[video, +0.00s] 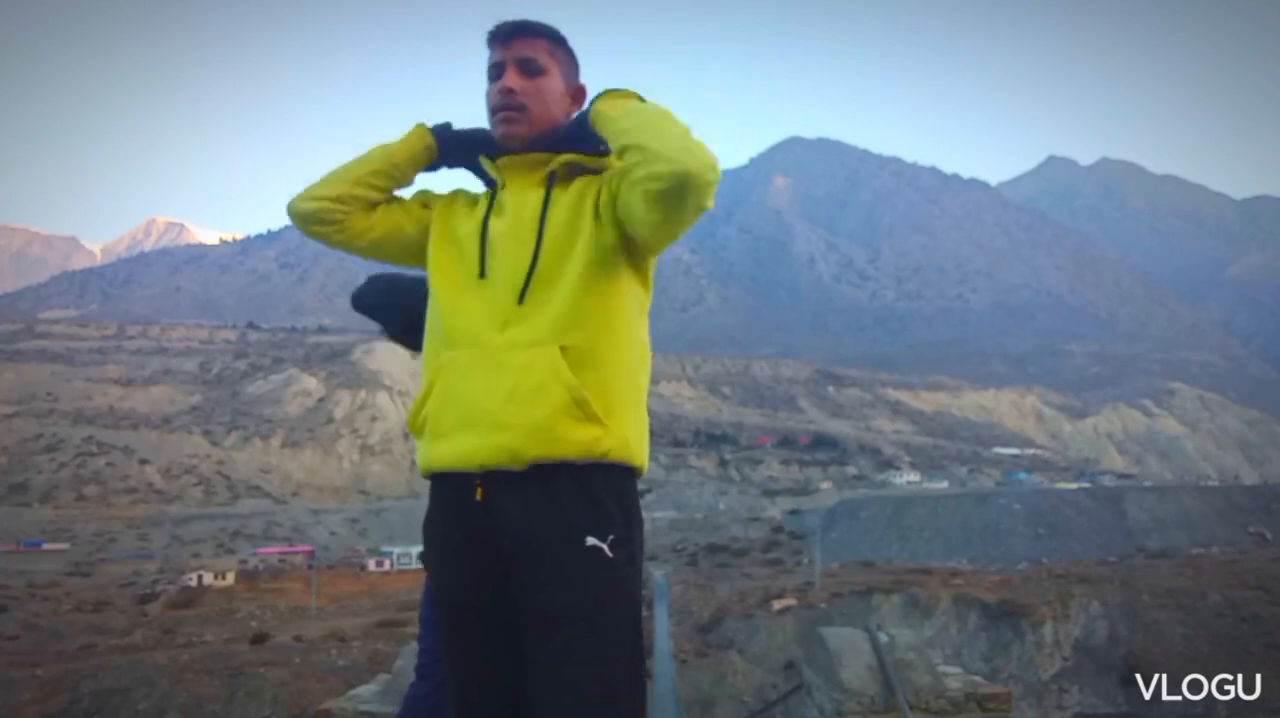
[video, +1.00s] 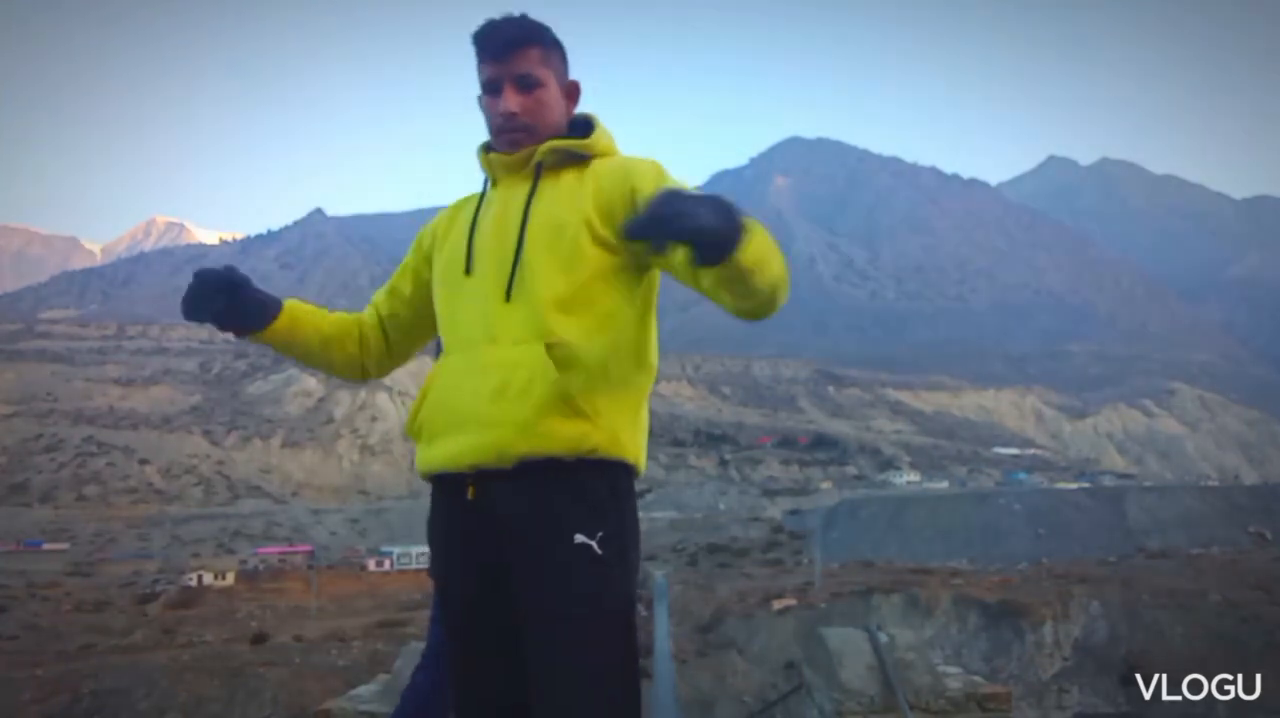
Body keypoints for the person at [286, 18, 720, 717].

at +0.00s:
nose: (507, 84)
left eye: (530, 69)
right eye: (496, 73)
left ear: (574, 97)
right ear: (486, 97)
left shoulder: (608, 194)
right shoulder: (450, 216)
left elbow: (688, 173)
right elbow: (319, 211)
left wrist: (611, 106)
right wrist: (428, 143)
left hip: (577, 500)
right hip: (460, 502)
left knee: (586, 700)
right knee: (469, 697)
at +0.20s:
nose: (520, 85)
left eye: (543, 74)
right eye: (509, 77)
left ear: (584, 100)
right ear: (496, 103)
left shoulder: (631, 190)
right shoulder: (460, 218)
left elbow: (610, 259)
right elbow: (335, 273)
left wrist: (557, 156)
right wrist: (435, 182)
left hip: (578, 497)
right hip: (462, 498)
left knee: (585, 695)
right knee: (452, 693)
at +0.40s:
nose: (519, 89)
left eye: (541, 76)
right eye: (507, 80)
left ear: (581, 102)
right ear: (493, 106)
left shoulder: (616, 187)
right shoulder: (456, 222)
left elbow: (656, 267)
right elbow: (326, 307)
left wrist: (569, 157)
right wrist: (404, 197)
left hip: (577, 502)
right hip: (462, 505)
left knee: (587, 699)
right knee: (451, 697)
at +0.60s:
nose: (507, 92)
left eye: (527, 75)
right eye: (492, 81)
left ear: (569, 92)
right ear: (480, 103)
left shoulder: (623, 187)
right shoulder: (445, 222)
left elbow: (767, 288)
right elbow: (357, 330)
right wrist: (257, 277)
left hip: (579, 494)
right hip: (458, 501)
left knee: (586, 698)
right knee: (461, 697)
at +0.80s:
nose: (487, 81)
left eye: (508, 63)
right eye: (472, 68)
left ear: (551, 76)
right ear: (458, 86)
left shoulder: (615, 169)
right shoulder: (446, 201)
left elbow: (723, 263)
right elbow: (456, 317)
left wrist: (803, 242)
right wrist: (351, 297)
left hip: (568, 474)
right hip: (456, 480)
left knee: (582, 694)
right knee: (467, 689)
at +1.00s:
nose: (506, 104)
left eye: (526, 85)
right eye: (491, 90)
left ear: (568, 93)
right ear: (478, 103)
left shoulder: (619, 183)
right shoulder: (451, 225)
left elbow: (761, 296)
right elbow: (368, 344)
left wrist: (724, 236)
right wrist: (261, 314)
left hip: (577, 486)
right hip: (462, 495)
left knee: (583, 697)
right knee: (476, 694)